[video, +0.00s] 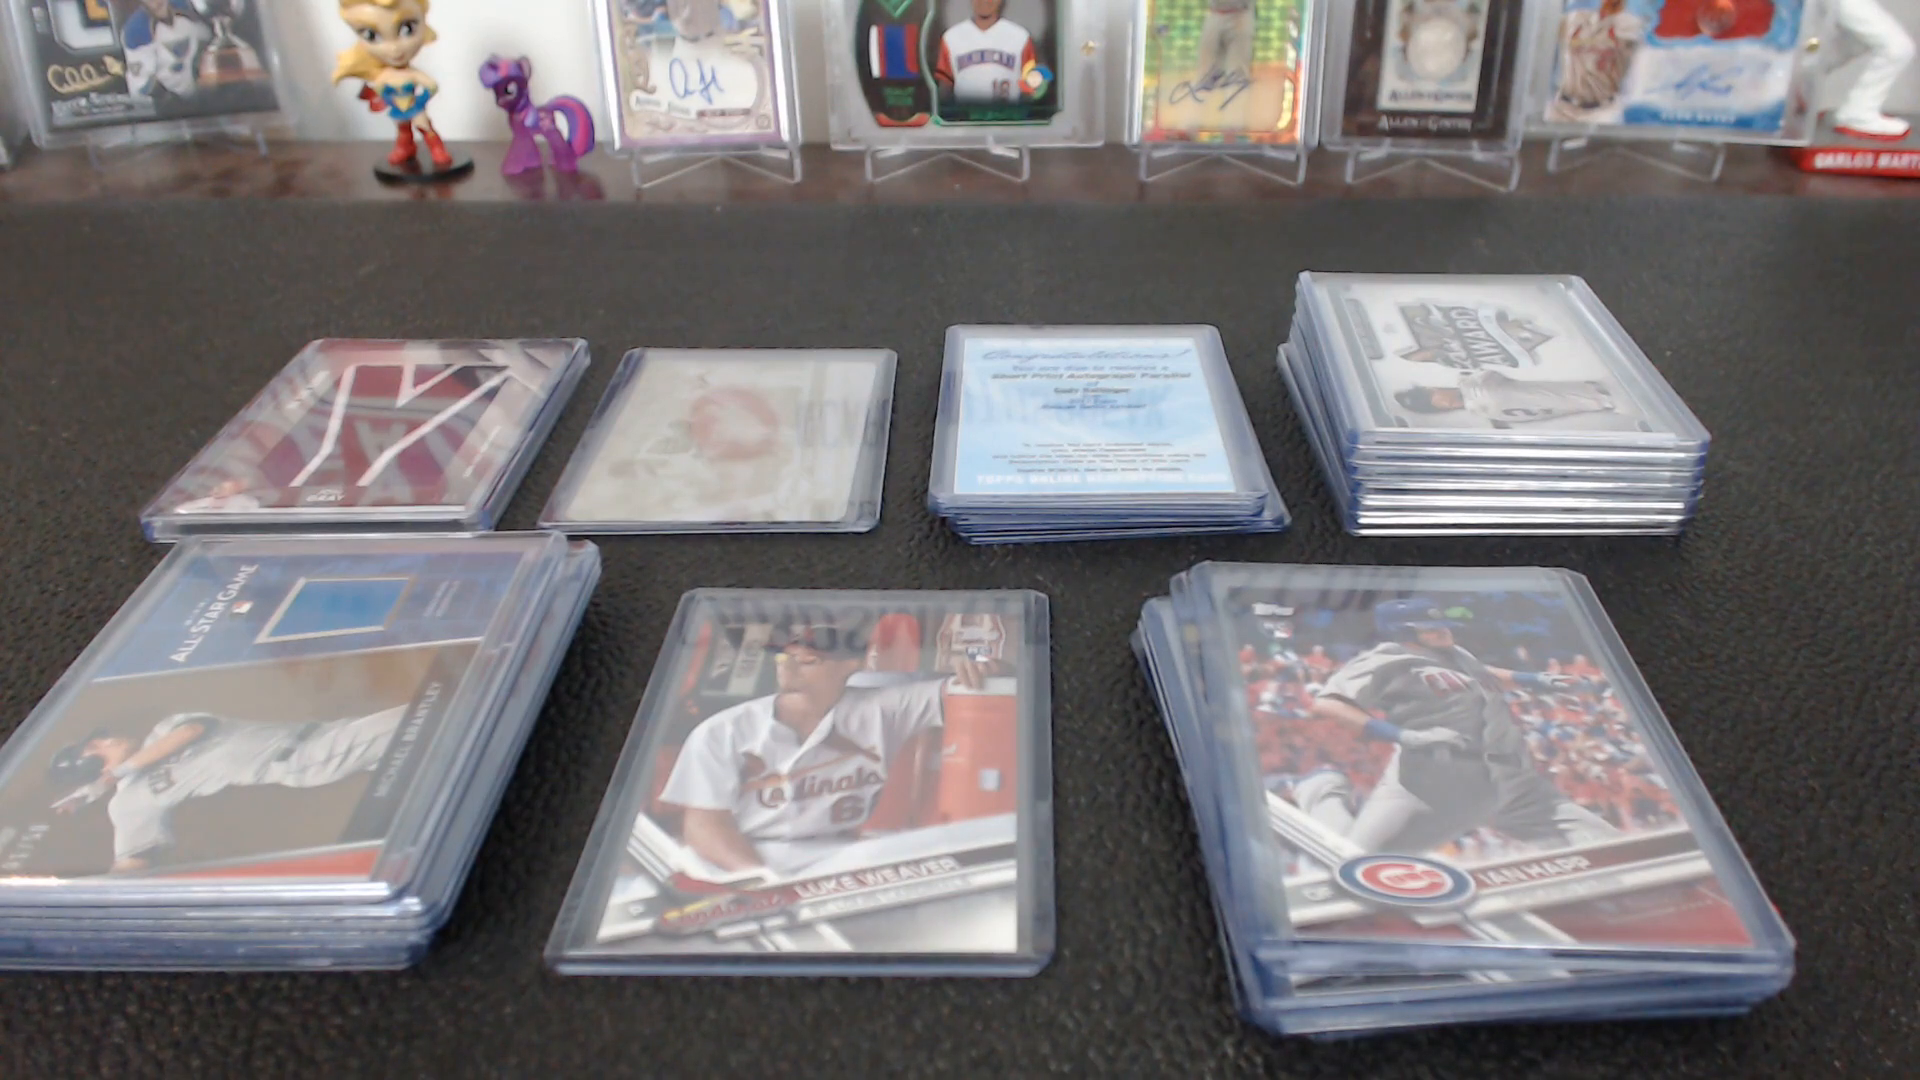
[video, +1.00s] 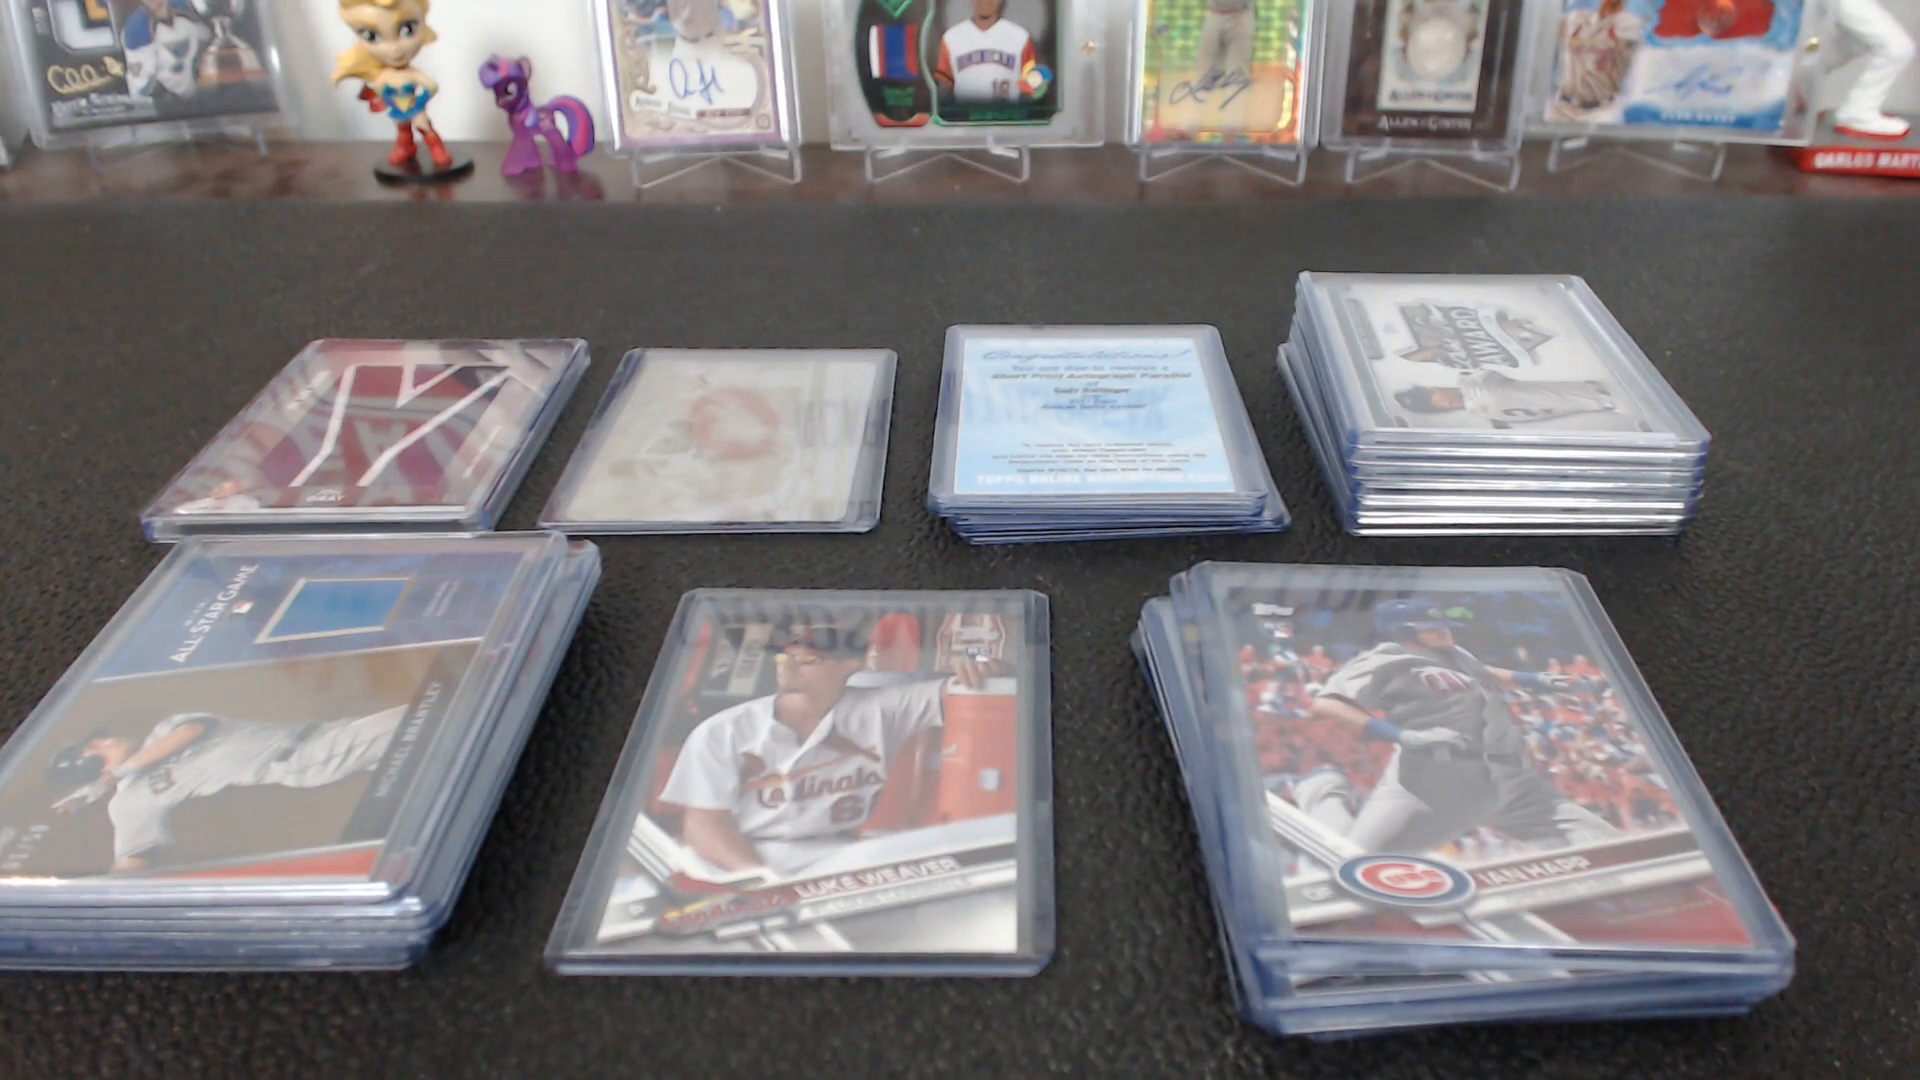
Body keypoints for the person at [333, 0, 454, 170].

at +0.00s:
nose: (394, 49)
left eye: (407, 29)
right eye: (371, 35)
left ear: (424, 26)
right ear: (358, 36)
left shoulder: (414, 74)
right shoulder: (379, 74)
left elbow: (427, 86)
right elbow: (370, 86)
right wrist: (375, 99)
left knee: (421, 122)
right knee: (401, 122)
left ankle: (436, 148)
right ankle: (405, 147)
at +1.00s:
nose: (394, 50)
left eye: (407, 30)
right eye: (371, 36)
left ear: (424, 27)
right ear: (358, 37)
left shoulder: (414, 74)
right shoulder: (377, 74)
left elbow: (427, 86)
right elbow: (370, 87)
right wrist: (376, 100)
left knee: (421, 121)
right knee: (401, 121)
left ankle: (436, 148)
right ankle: (405, 146)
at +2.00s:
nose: (394, 49)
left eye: (407, 30)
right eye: (371, 36)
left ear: (424, 28)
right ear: (358, 37)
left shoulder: (414, 75)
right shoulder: (379, 74)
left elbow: (426, 85)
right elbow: (369, 86)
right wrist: (375, 99)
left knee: (422, 122)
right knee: (401, 123)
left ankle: (436, 148)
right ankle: (405, 147)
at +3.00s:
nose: (394, 50)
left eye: (407, 30)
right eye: (371, 36)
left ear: (424, 27)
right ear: (358, 37)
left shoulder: (414, 75)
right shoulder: (378, 74)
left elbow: (426, 86)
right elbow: (369, 88)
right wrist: (375, 101)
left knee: (421, 121)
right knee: (401, 121)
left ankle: (436, 148)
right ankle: (405, 147)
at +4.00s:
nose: (394, 50)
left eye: (407, 30)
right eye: (372, 36)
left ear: (424, 29)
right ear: (359, 38)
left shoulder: (414, 75)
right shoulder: (379, 75)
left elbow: (427, 86)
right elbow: (370, 88)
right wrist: (375, 100)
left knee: (422, 123)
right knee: (401, 124)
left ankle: (437, 149)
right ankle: (405, 148)